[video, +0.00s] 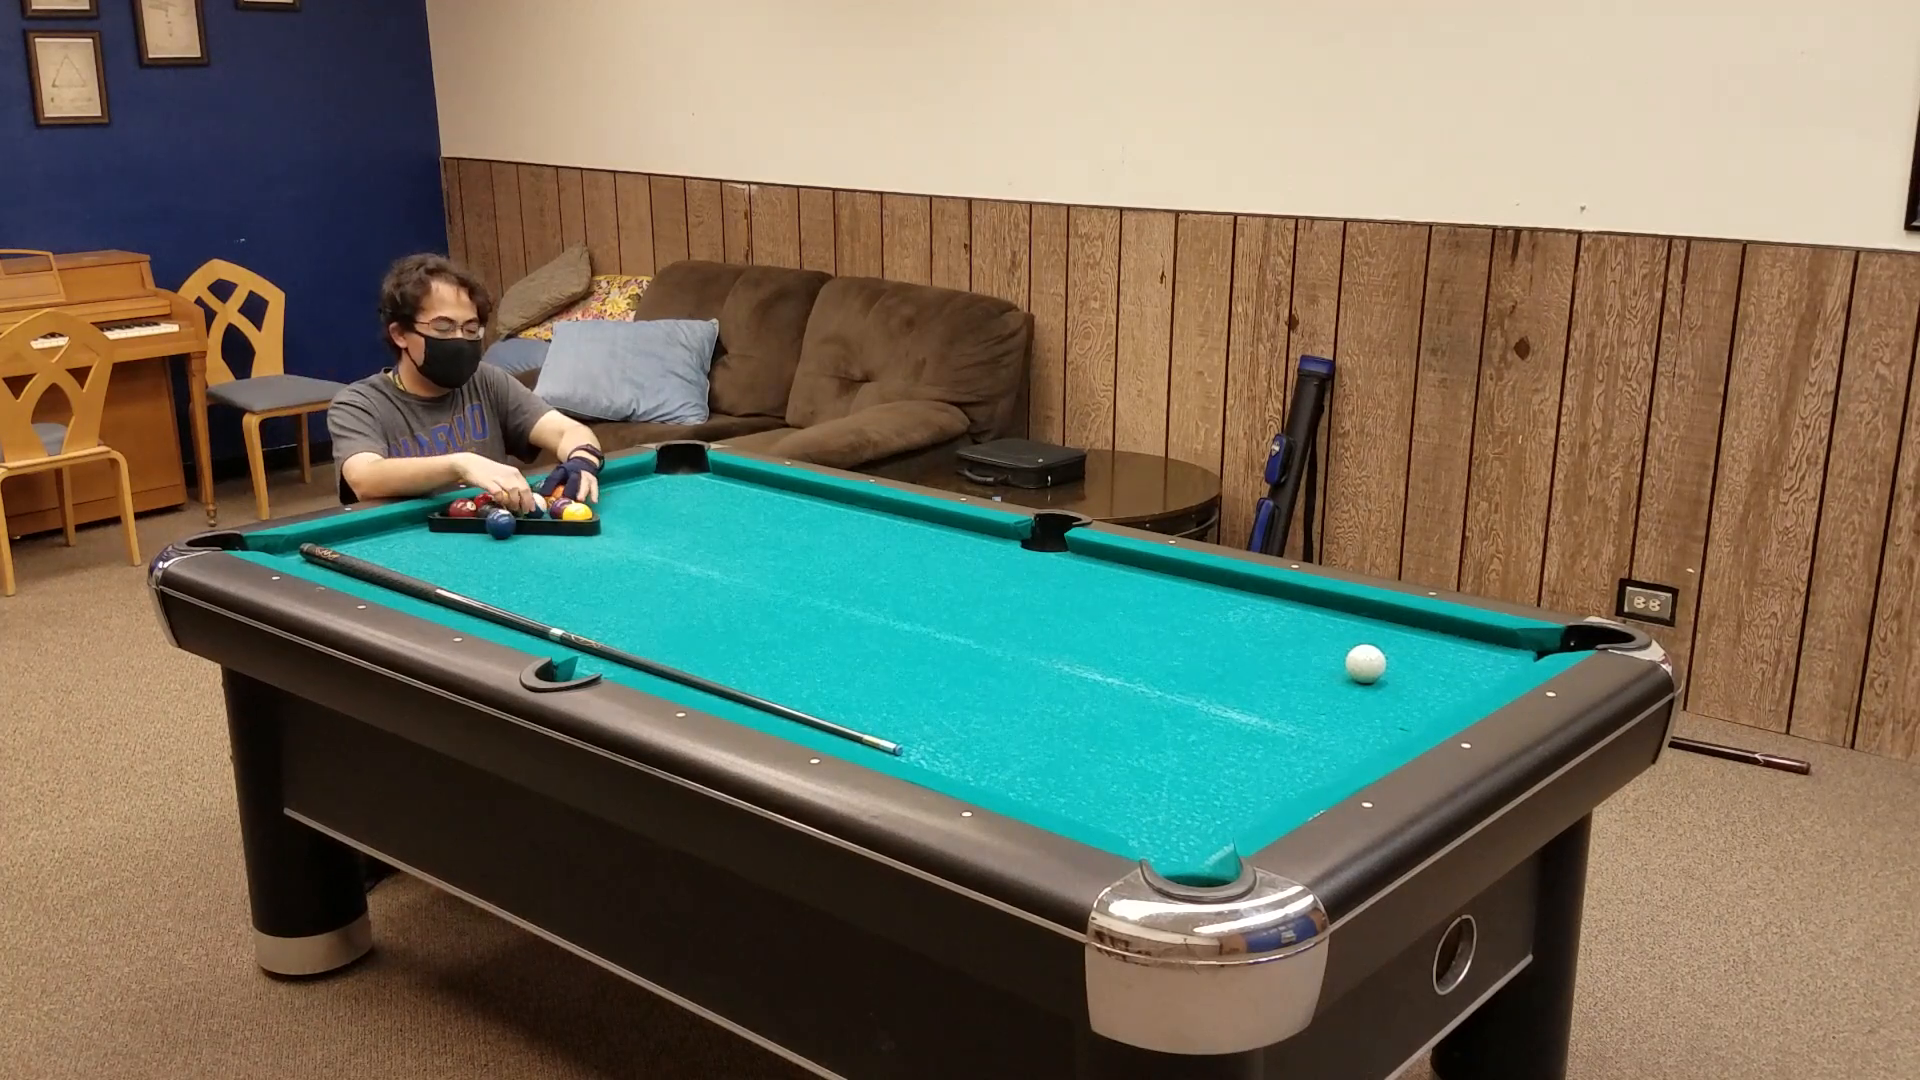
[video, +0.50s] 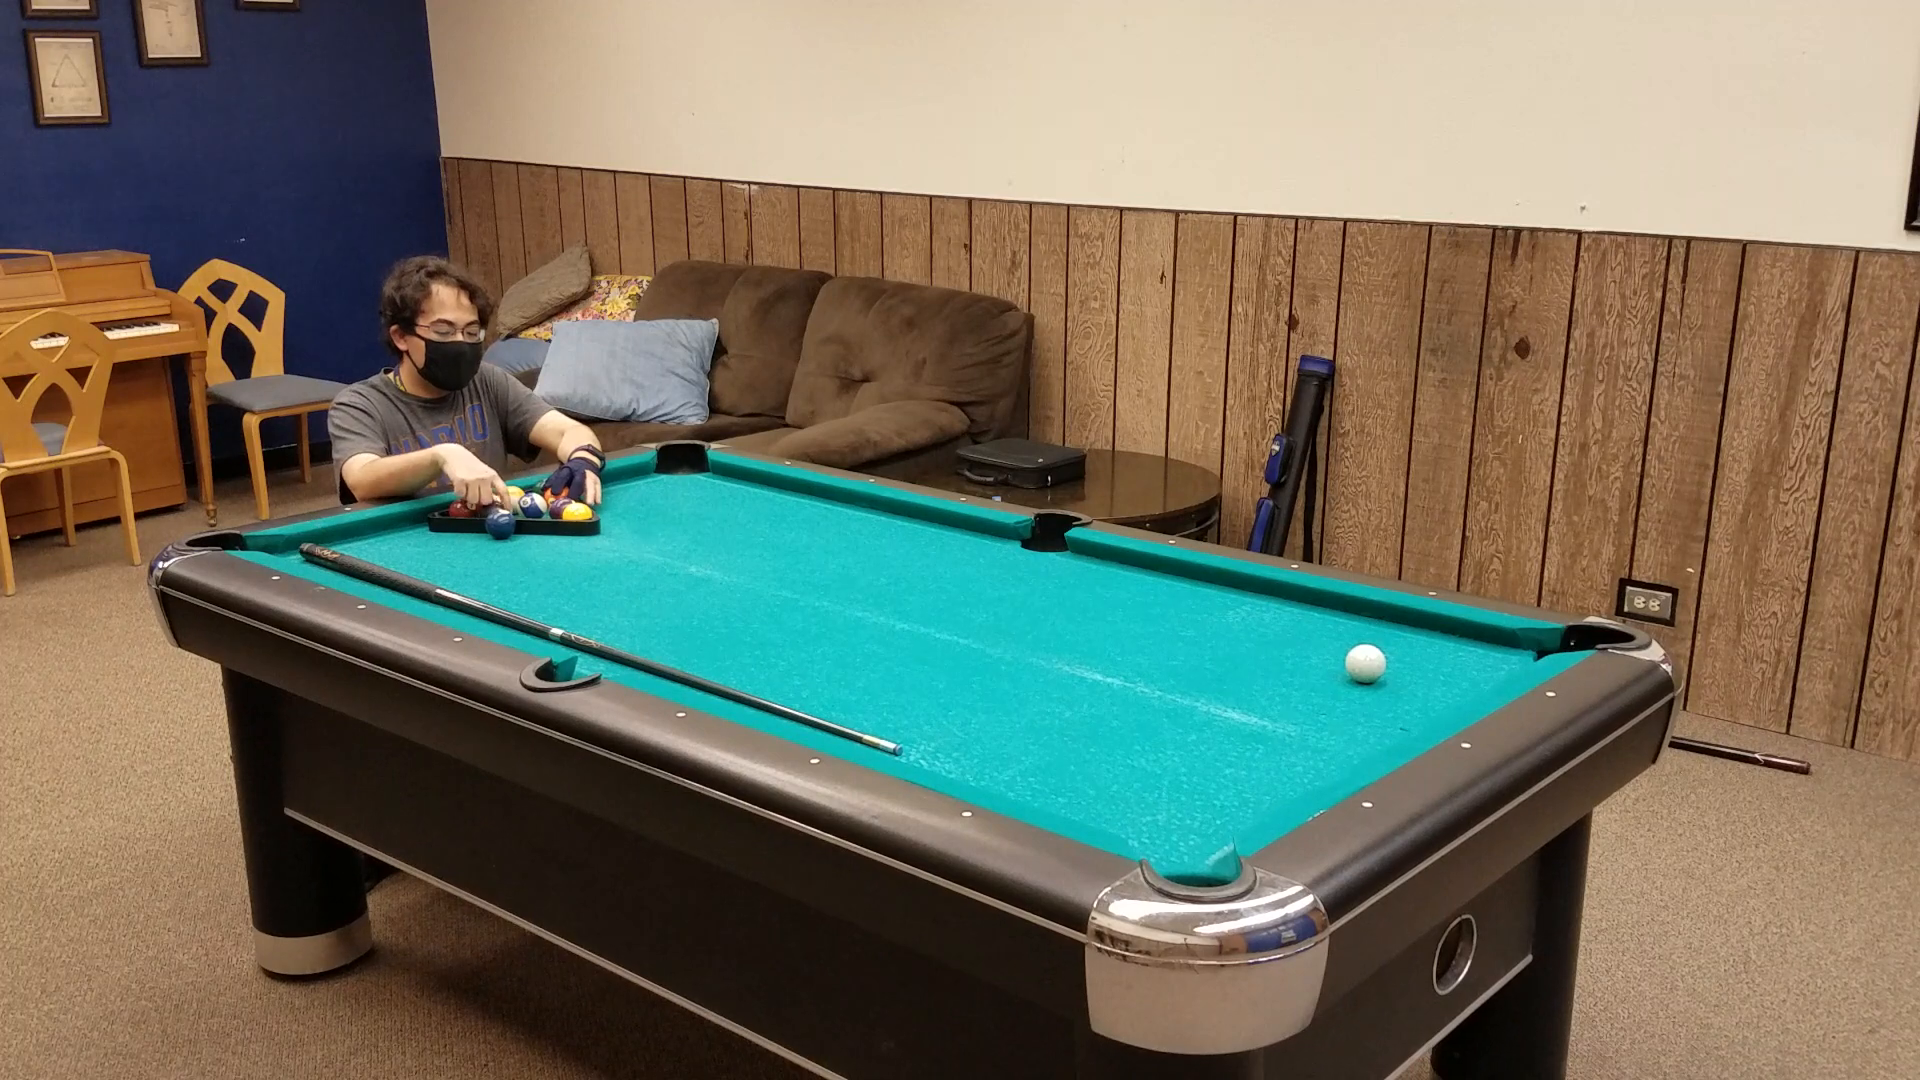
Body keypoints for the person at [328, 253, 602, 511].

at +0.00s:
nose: (462, 340)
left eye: (471, 327)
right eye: (444, 327)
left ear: (481, 327)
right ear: (400, 334)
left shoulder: (487, 382)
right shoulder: (360, 404)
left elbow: (567, 431)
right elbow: (365, 479)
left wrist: (582, 458)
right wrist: (462, 464)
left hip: (499, 550)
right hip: (409, 565)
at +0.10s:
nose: (462, 341)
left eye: (471, 327)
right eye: (444, 327)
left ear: (481, 328)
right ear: (400, 334)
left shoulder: (488, 382)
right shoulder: (360, 404)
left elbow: (567, 431)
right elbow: (365, 479)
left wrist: (582, 458)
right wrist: (462, 464)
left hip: (499, 552)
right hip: (409, 565)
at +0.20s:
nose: (461, 342)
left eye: (470, 329)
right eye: (443, 327)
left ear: (481, 329)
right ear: (400, 334)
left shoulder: (488, 381)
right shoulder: (360, 404)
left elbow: (568, 431)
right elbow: (365, 480)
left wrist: (582, 458)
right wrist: (460, 463)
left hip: (503, 550)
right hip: (411, 565)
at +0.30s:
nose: (460, 343)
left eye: (470, 330)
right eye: (443, 328)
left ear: (480, 330)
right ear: (401, 335)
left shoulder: (488, 382)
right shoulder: (360, 404)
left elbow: (567, 431)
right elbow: (364, 482)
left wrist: (583, 457)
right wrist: (442, 455)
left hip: (500, 549)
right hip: (411, 565)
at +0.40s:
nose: (461, 344)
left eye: (471, 330)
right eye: (444, 329)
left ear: (481, 330)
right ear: (401, 336)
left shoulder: (488, 381)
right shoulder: (360, 405)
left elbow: (567, 431)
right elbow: (362, 483)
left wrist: (583, 457)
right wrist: (434, 450)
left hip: (500, 552)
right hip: (410, 567)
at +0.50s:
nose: (461, 345)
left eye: (471, 331)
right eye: (443, 330)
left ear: (481, 331)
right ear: (401, 336)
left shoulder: (489, 382)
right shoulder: (361, 404)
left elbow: (567, 431)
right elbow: (363, 481)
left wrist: (583, 457)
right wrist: (442, 455)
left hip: (502, 555)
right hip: (411, 568)